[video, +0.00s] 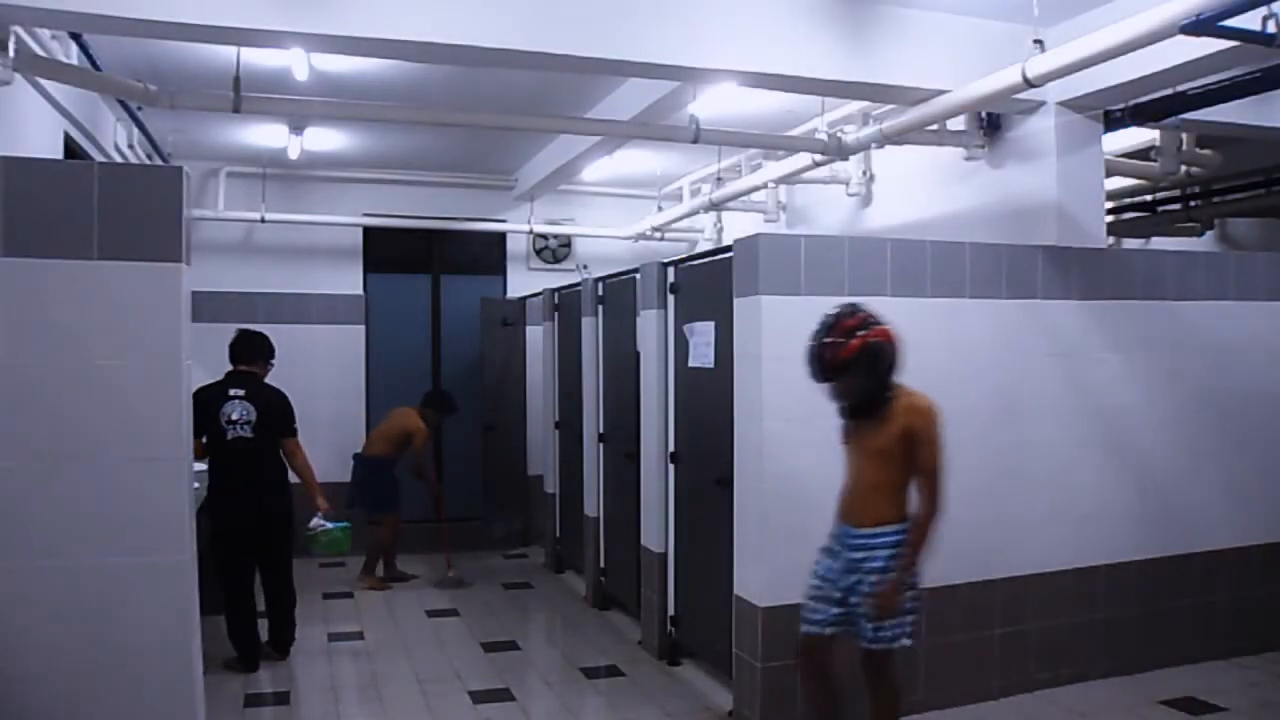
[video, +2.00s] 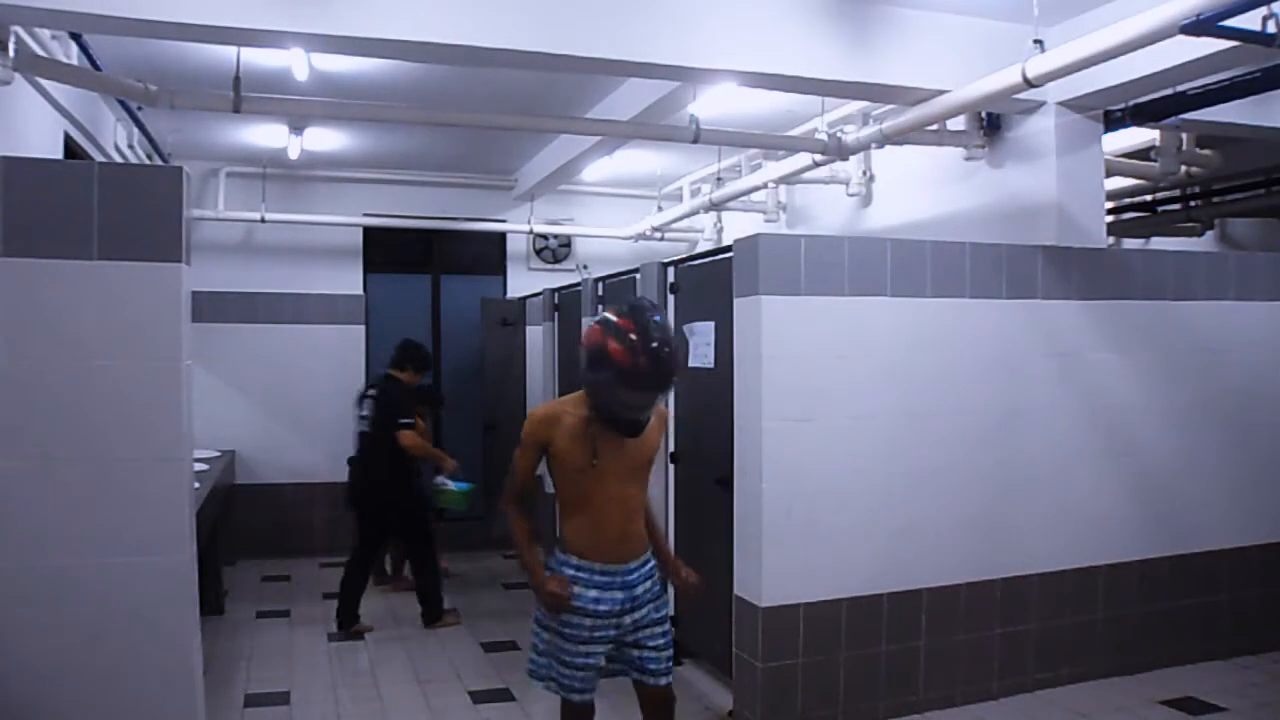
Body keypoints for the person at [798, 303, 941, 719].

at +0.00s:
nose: (835, 391)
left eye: (843, 379)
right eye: (831, 380)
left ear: (872, 369)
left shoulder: (915, 413)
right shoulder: (854, 411)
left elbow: (929, 503)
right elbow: (859, 483)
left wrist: (900, 577)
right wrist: (840, 544)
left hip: (886, 549)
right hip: (841, 544)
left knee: (877, 660)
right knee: (812, 649)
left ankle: (885, 714)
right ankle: (826, 714)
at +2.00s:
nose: (637, 415)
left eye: (646, 403)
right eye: (625, 405)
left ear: (655, 387)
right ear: (598, 383)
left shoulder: (655, 420)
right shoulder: (548, 422)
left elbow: (637, 495)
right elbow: (515, 501)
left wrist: (668, 559)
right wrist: (538, 576)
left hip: (645, 583)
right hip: (580, 587)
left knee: (659, 700)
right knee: (578, 708)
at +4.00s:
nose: (643, 406)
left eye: (652, 393)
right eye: (631, 393)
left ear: (661, 381)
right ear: (599, 377)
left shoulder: (654, 417)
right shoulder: (553, 419)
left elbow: (641, 497)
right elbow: (514, 501)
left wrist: (682, 548)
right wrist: (542, 569)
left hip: (654, 579)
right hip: (591, 585)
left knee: (656, 699)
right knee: (585, 707)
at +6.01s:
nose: (623, 414)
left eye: (633, 402)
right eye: (610, 404)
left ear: (648, 385)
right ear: (582, 383)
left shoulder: (661, 418)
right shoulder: (544, 422)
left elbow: (663, 494)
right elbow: (521, 503)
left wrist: (687, 553)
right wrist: (541, 563)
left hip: (648, 579)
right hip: (582, 583)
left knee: (653, 700)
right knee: (579, 705)